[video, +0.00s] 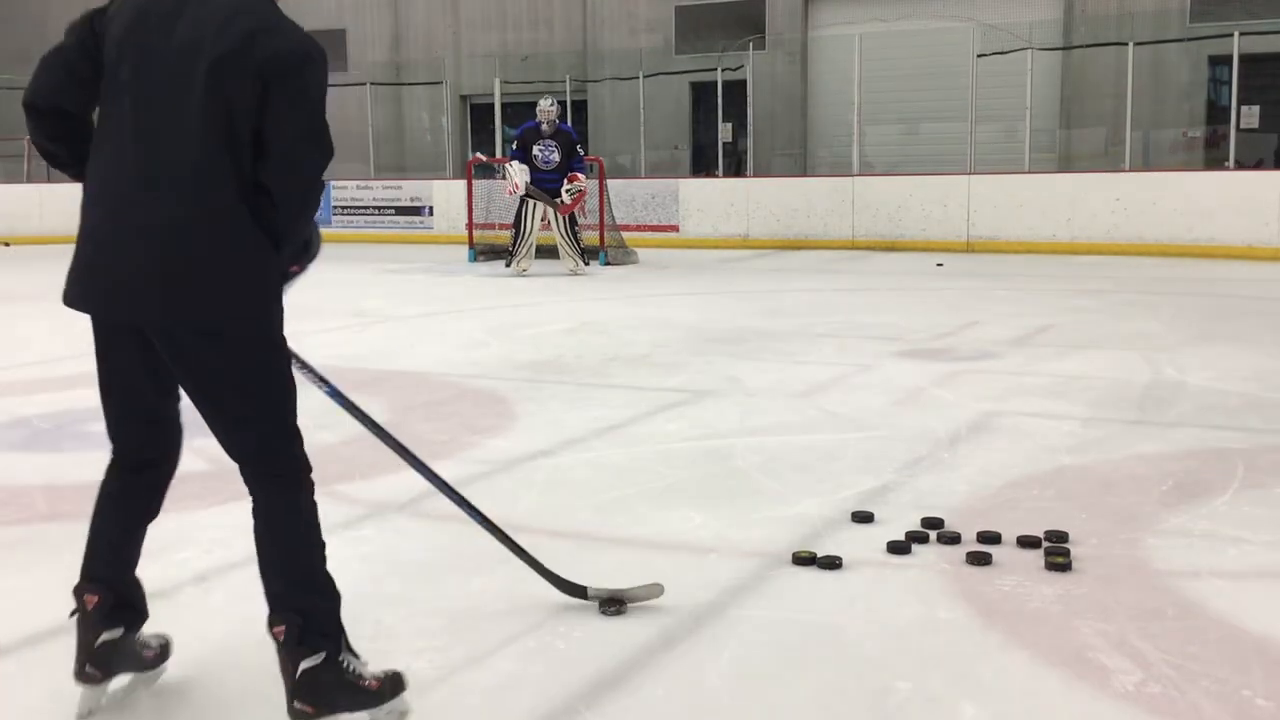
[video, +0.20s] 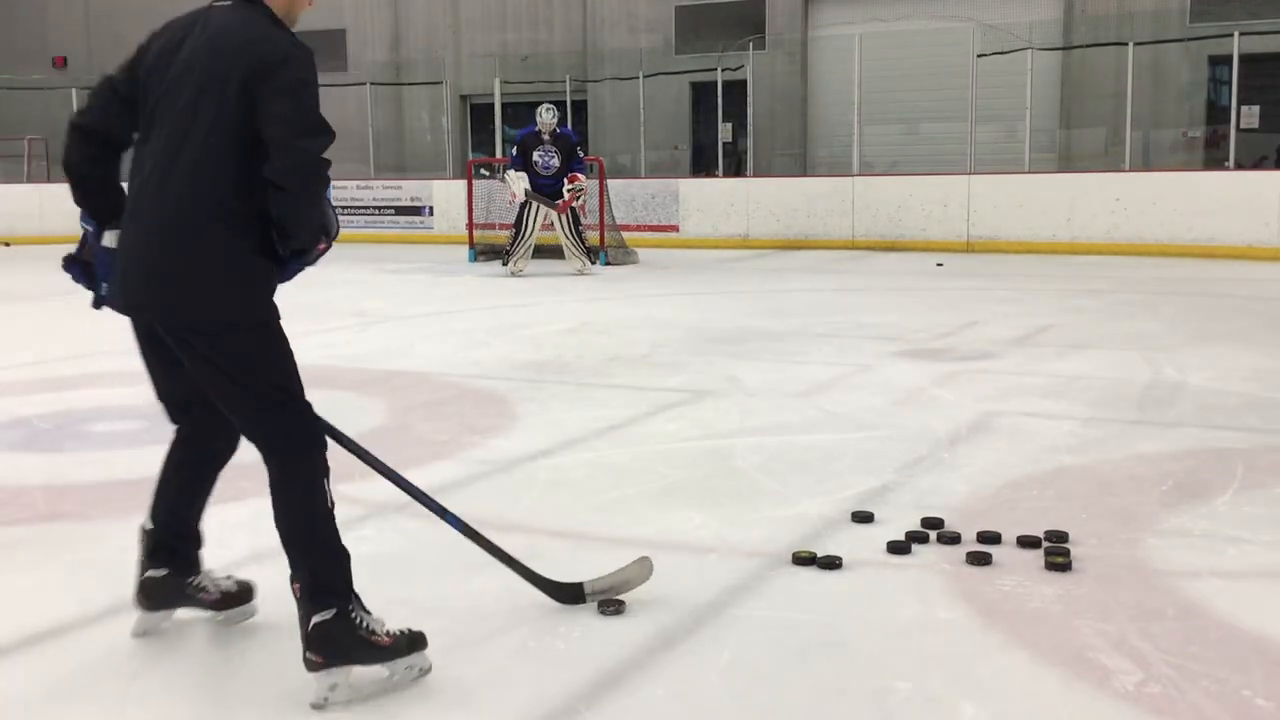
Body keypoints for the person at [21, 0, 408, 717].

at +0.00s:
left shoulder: (125, 14)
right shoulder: (286, 43)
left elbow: (46, 100)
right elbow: (293, 170)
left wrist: (114, 172)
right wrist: (292, 245)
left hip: (114, 280)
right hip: (218, 289)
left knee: (140, 453)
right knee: (278, 473)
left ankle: (100, 631)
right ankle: (314, 662)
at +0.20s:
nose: (313, 5)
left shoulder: (176, 34)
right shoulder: (281, 54)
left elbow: (88, 135)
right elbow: (297, 173)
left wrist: (112, 215)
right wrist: (308, 241)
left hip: (144, 276)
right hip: (218, 284)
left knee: (207, 423)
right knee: (295, 441)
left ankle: (168, 570)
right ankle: (331, 617)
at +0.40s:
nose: (327, 6)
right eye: (324, 0)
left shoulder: (218, 39)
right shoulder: (281, 54)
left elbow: (151, 151)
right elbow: (268, 178)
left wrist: (202, 224)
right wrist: (313, 250)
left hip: (193, 272)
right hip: (243, 277)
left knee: (256, 406)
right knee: (316, 420)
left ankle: (234, 542)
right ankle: (332, 597)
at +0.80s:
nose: (381, 7)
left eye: (378, 3)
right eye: (380, 3)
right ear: (368, 1)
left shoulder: (271, 33)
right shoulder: (345, 58)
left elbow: (205, 92)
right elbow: (331, 185)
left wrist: (241, 177)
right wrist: (401, 268)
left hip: (222, 260)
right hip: (281, 271)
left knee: (268, 406)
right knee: (330, 424)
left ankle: (244, 539)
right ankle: (309, 603)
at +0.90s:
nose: (396, 13)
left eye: (393, 5)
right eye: (397, 5)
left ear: (335, 1)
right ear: (384, 6)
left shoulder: (281, 52)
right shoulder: (350, 71)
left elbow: (234, 155)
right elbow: (332, 195)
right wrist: (395, 283)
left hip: (232, 276)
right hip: (290, 284)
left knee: (275, 410)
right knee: (345, 432)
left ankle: (243, 535)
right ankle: (347, 606)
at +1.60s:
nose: (408, 16)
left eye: (405, 8)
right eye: (408, 8)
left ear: (349, 2)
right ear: (394, 6)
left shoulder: (316, 56)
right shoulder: (353, 58)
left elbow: (291, 195)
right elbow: (337, 154)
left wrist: (351, 274)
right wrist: (402, 205)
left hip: (261, 280)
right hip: (312, 284)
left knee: (274, 409)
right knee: (366, 433)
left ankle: (232, 532)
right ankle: (367, 604)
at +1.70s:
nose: (428, 37)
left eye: (426, 26)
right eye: (429, 26)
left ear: (372, 19)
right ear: (419, 26)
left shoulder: (344, 71)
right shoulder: (367, 66)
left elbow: (364, 199)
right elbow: (358, 98)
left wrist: (394, 278)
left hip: (250, 271)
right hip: (299, 282)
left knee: (261, 408)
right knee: (366, 433)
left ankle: (215, 529)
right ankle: (352, 604)